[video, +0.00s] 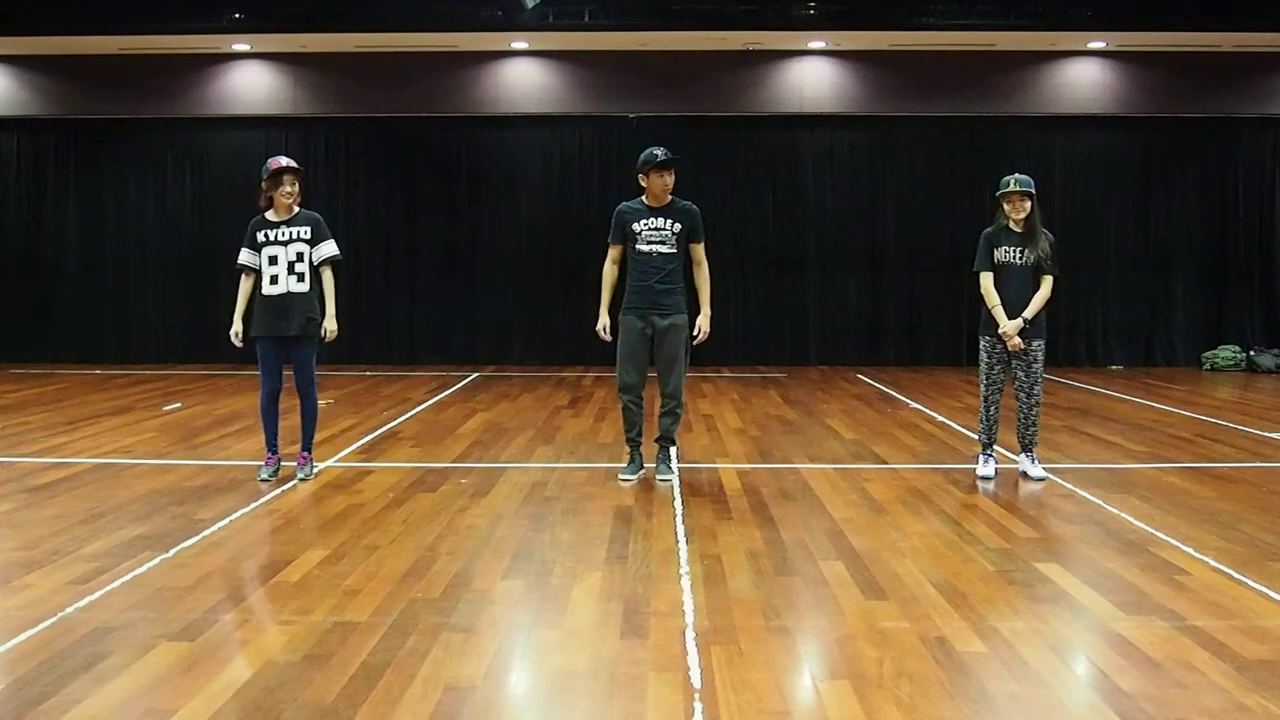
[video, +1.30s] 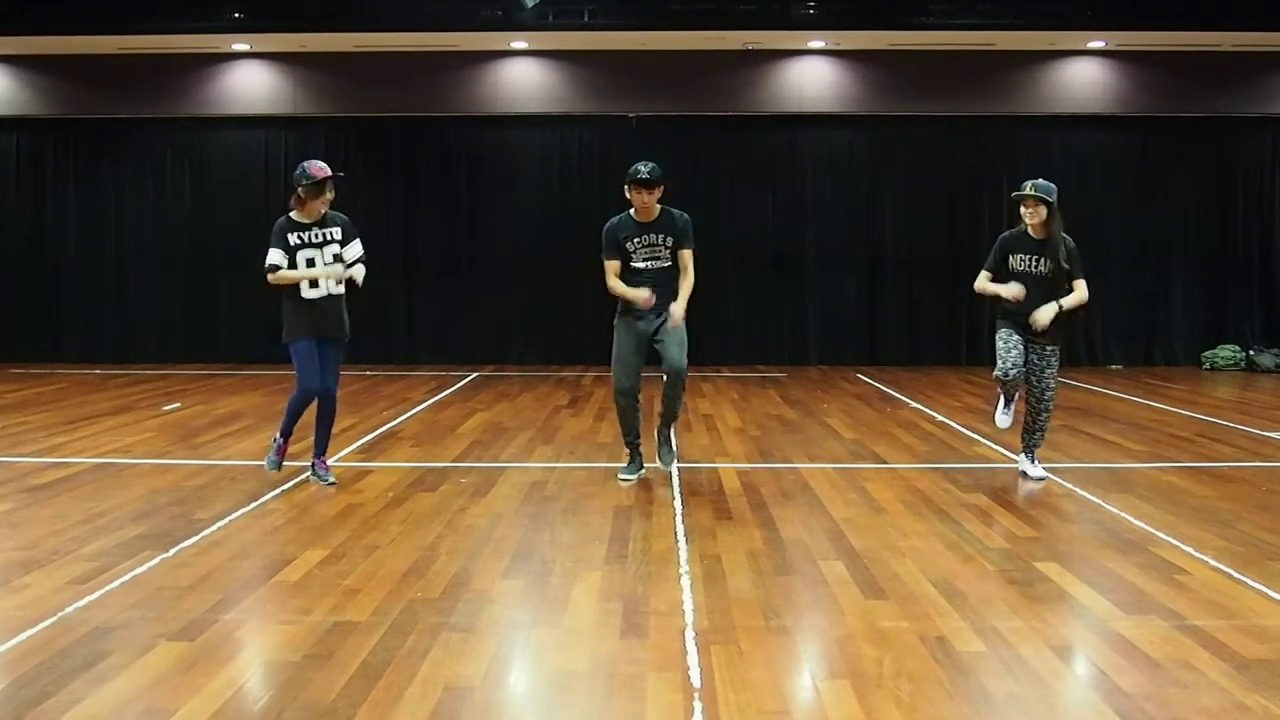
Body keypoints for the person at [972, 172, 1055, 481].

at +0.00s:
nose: (1017, 205)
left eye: (1023, 199)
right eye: (1010, 200)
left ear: (1032, 202)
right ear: (1002, 203)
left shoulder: (1044, 239)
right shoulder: (990, 237)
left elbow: (1046, 287)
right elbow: (987, 286)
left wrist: (1021, 322)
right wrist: (1007, 329)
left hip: (1032, 333)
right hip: (993, 331)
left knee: (1030, 397)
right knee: (991, 395)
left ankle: (1028, 455)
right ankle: (986, 455)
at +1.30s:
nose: (1029, 210)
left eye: (1036, 205)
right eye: (1025, 205)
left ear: (1049, 209)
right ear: (1020, 208)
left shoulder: (1064, 245)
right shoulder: (1007, 241)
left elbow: (1081, 293)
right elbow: (980, 283)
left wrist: (1054, 306)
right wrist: (1002, 288)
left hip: (1047, 331)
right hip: (1011, 325)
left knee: (1042, 397)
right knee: (1009, 374)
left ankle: (1028, 454)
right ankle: (1008, 395)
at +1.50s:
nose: (1021, 199)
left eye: (1028, 194)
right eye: (1017, 194)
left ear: (1042, 198)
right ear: (1012, 198)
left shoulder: (1058, 235)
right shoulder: (1003, 232)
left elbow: (1073, 274)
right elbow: (972, 272)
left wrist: (1042, 250)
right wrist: (993, 238)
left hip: (1040, 326)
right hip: (1003, 321)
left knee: (1034, 389)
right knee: (999, 383)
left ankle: (1029, 453)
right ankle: (1003, 447)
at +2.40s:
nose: (989, 188)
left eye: (997, 184)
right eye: (986, 183)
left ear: (1013, 191)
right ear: (981, 190)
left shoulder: (1025, 224)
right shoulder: (971, 221)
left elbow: (1025, 247)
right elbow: (927, 249)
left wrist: (993, 214)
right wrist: (957, 216)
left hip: (1014, 325)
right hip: (978, 320)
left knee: (1011, 398)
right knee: (965, 374)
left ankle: (1014, 465)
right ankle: (983, 434)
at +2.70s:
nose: (971, 197)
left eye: (980, 193)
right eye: (969, 193)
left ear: (996, 201)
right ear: (964, 200)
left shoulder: (1011, 239)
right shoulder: (956, 238)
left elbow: (1008, 268)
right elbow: (918, 267)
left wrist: (978, 231)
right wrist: (943, 228)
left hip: (994, 332)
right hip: (958, 333)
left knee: (964, 384)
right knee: (959, 407)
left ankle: (991, 428)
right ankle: (980, 476)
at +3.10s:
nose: (944, 200)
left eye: (953, 195)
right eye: (942, 194)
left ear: (970, 202)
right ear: (938, 201)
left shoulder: (985, 240)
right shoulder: (932, 237)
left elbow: (977, 268)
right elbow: (891, 267)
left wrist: (944, 230)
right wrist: (916, 226)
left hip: (972, 339)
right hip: (935, 335)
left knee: (957, 410)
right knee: (920, 405)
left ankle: (968, 488)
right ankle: (955, 440)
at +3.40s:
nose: (921, 176)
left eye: (930, 173)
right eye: (920, 172)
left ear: (948, 184)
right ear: (916, 185)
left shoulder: (959, 222)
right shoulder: (906, 220)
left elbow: (944, 242)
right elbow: (855, 246)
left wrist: (914, 205)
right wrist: (884, 209)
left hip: (949, 331)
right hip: (910, 327)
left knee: (953, 406)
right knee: (892, 393)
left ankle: (963, 480)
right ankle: (911, 469)